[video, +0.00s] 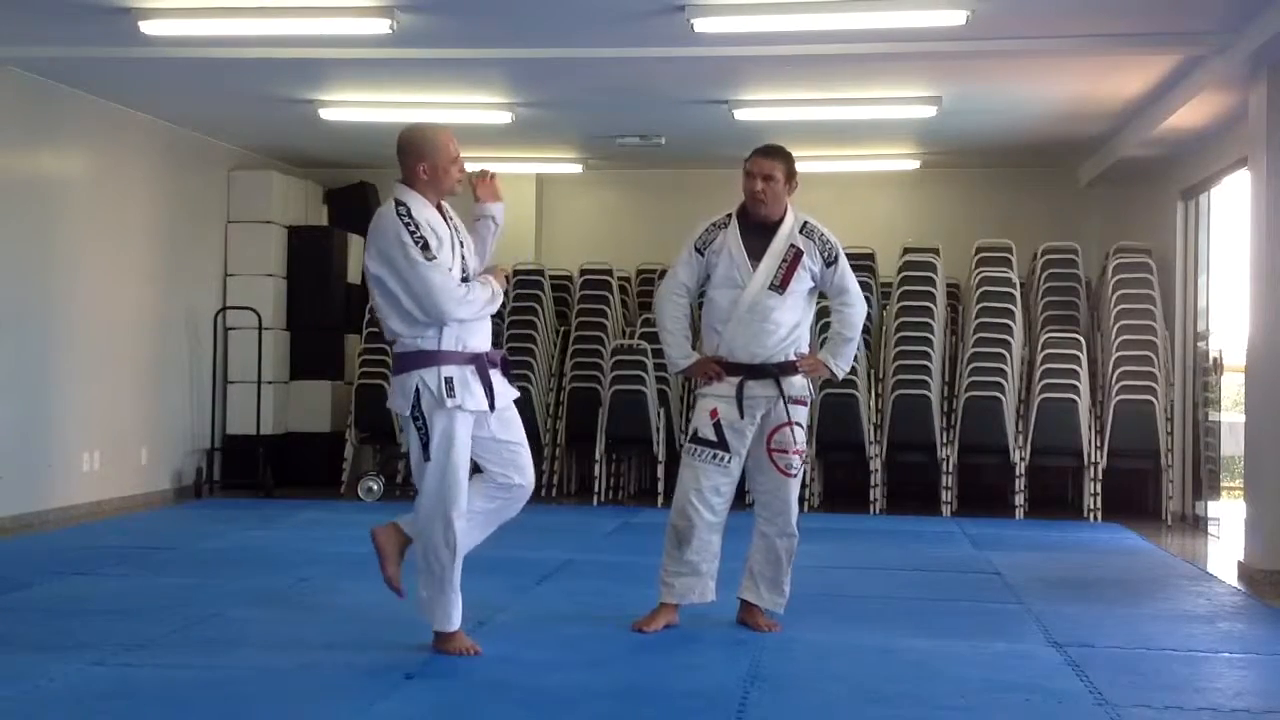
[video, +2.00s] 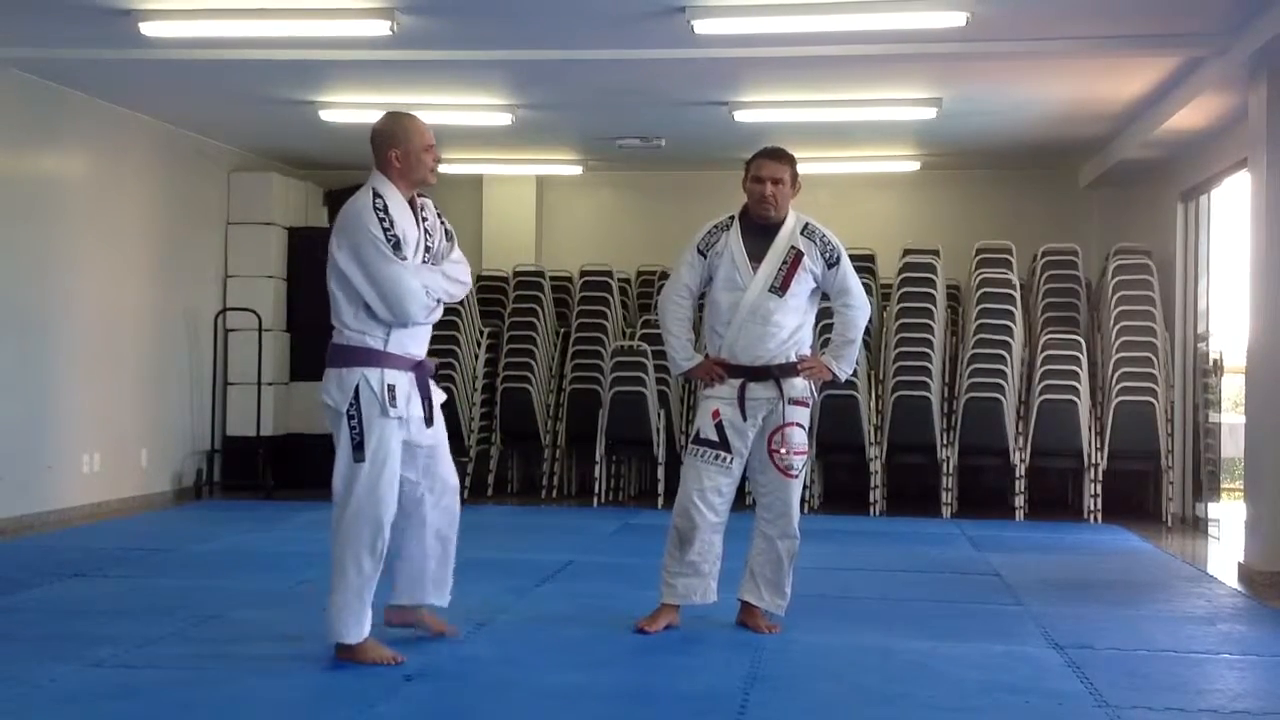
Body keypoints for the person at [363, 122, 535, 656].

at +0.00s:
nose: (462, 168)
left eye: (461, 159)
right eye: (455, 160)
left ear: (427, 168)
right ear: (424, 169)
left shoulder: (443, 217)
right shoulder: (396, 223)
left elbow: (471, 269)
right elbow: (441, 301)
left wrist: (488, 213)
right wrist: (491, 287)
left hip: (478, 374)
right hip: (433, 380)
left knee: (513, 480)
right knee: (443, 502)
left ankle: (404, 535)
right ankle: (446, 627)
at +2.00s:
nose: (439, 158)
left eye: (436, 149)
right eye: (429, 150)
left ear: (402, 156)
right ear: (396, 157)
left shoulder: (426, 212)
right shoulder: (363, 213)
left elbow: (462, 276)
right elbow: (405, 303)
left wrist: (412, 273)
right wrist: (443, 284)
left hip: (414, 376)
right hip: (366, 376)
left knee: (435, 492)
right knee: (366, 505)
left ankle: (408, 605)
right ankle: (350, 636)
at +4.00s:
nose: (546, 199)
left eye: (548, 189)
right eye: (542, 188)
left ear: (517, 182)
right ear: (512, 180)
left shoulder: (507, 235)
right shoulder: (463, 212)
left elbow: (524, 303)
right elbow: (434, 293)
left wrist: (561, 274)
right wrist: (453, 371)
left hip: (504, 389)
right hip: (466, 385)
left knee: (494, 509)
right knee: (457, 508)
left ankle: (463, 617)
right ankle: (438, 631)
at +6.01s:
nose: (533, 203)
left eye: (537, 192)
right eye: (528, 191)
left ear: (508, 185)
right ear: (499, 181)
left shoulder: (512, 242)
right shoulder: (443, 210)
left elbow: (536, 293)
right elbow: (422, 273)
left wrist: (540, 309)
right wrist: (495, 326)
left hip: (497, 389)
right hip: (451, 385)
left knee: (491, 508)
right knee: (450, 507)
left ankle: (463, 618)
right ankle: (439, 632)